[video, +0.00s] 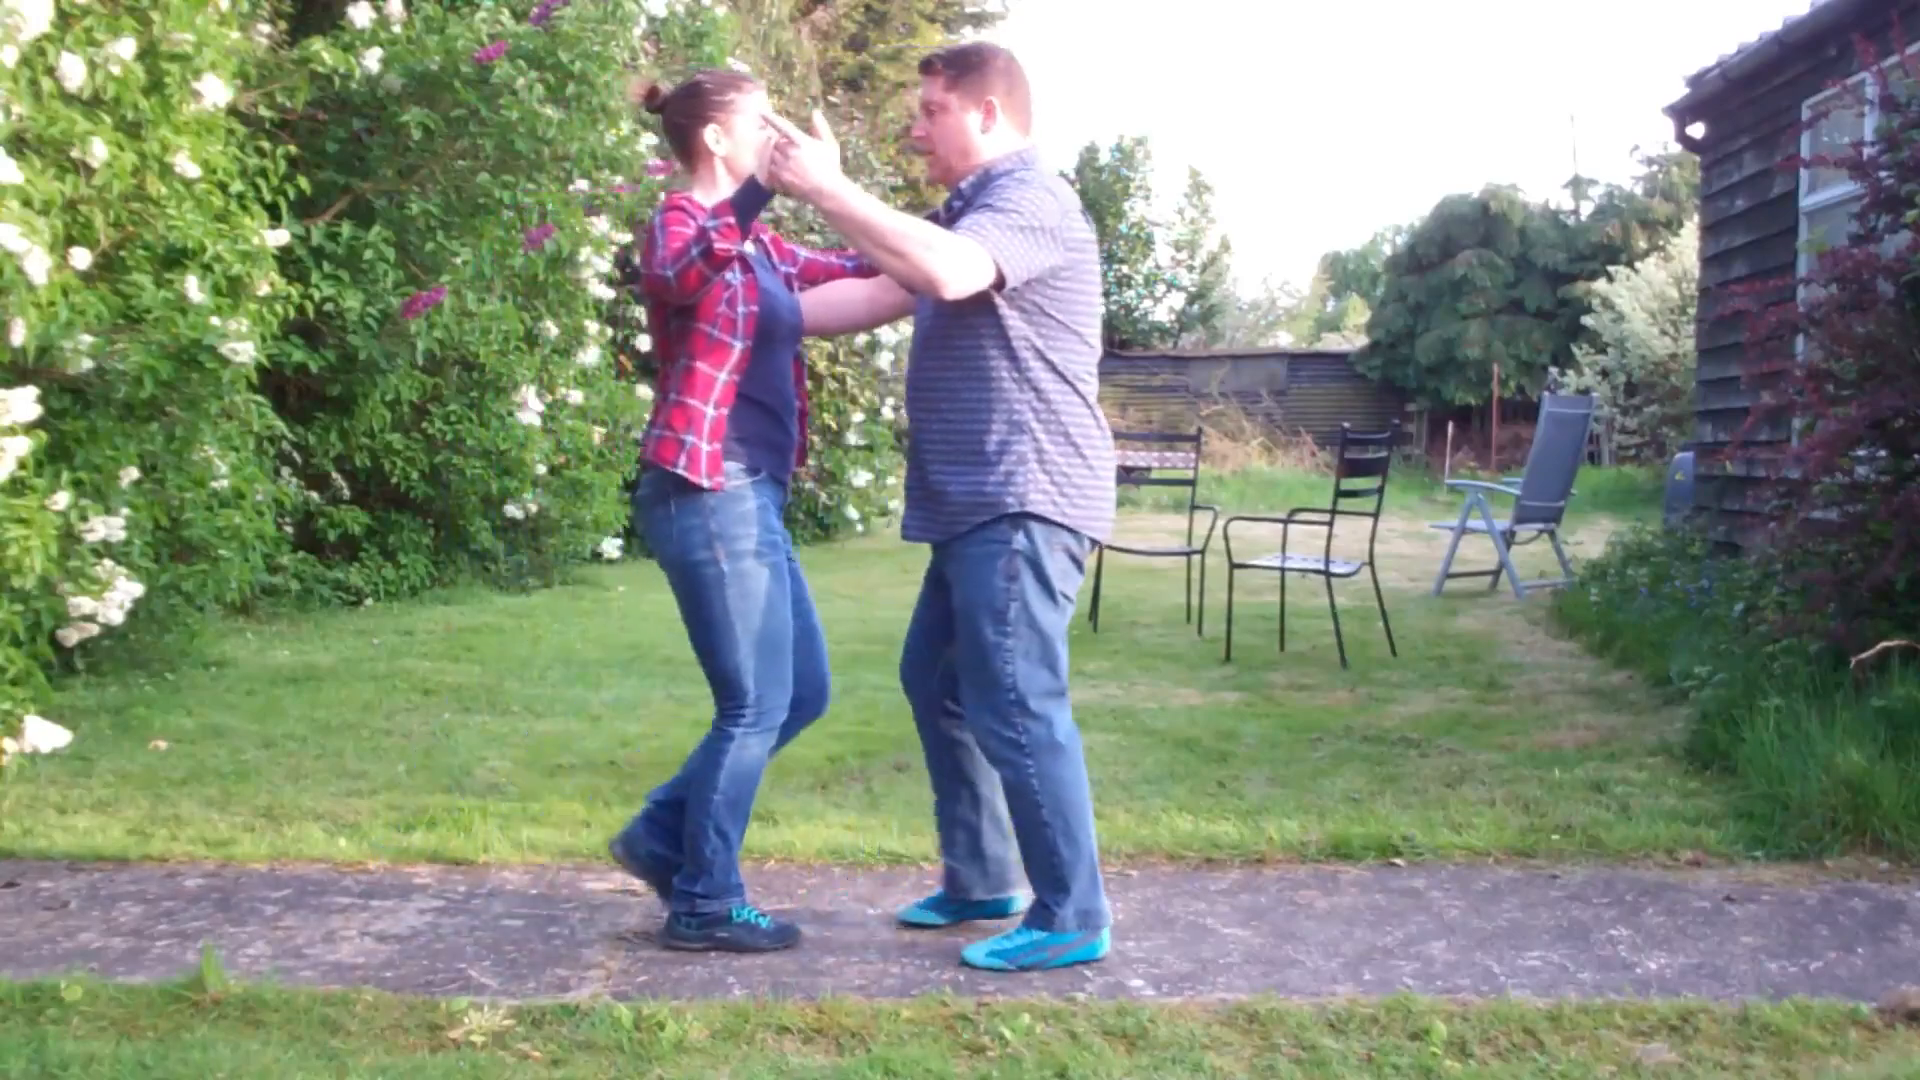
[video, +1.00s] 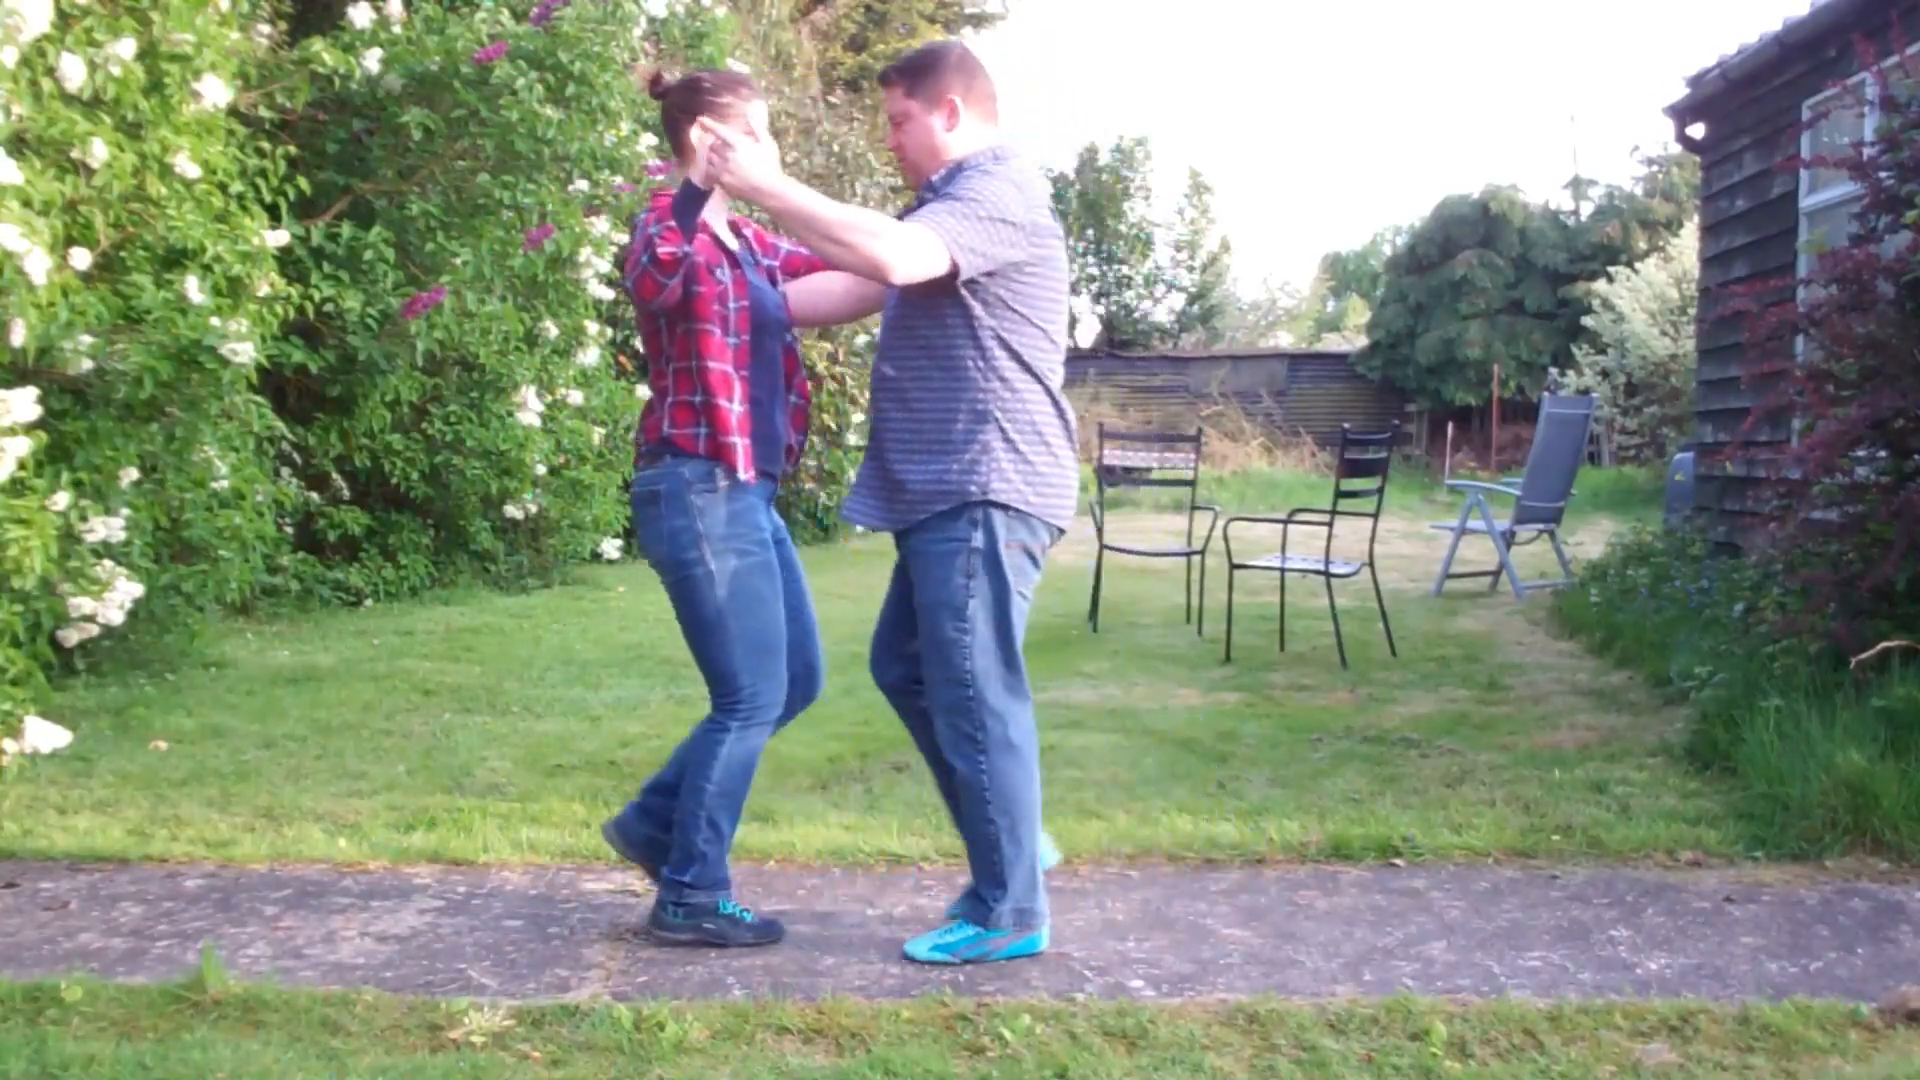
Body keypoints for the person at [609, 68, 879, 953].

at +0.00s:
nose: (778, 141)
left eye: (776, 125)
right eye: (763, 124)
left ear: (724, 140)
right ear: (715, 137)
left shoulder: (761, 242)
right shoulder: (677, 221)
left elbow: (859, 265)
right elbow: (675, 279)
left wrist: (943, 240)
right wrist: (760, 189)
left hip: (754, 486)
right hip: (702, 486)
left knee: (803, 690)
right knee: (752, 703)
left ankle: (659, 836)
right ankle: (704, 905)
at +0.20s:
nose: (821, 137)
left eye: (820, 122)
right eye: (808, 122)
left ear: (762, 134)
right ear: (760, 133)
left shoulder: (804, 238)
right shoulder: (720, 220)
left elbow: (902, 267)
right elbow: (728, 281)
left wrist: (987, 234)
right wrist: (804, 197)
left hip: (802, 498)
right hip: (742, 497)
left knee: (880, 680)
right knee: (782, 707)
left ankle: (869, 879)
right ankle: (707, 897)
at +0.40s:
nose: (851, 142)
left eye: (850, 126)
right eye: (837, 124)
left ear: (799, 138)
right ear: (786, 133)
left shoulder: (834, 236)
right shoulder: (748, 220)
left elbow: (931, 262)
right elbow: (760, 285)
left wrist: (1019, 230)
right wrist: (837, 198)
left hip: (857, 491)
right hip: (794, 494)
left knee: (905, 686)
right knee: (847, 702)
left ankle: (877, 887)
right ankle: (728, 877)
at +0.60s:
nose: (852, 150)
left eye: (850, 135)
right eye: (838, 133)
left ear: (800, 146)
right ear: (788, 142)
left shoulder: (838, 243)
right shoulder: (750, 227)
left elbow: (936, 265)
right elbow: (769, 298)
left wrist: (1011, 225)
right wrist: (831, 213)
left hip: (862, 497)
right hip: (798, 501)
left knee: (909, 691)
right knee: (871, 706)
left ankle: (876, 886)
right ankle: (731, 857)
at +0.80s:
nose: (817, 150)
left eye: (819, 134)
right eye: (805, 132)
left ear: (780, 142)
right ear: (754, 136)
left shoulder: (795, 239)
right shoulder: (717, 221)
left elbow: (892, 271)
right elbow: (727, 292)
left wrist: (972, 241)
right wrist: (782, 210)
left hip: (799, 494)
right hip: (744, 493)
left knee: (875, 671)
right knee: (791, 704)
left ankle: (876, 869)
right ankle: (696, 887)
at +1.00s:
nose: (768, 149)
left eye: (765, 133)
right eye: (753, 132)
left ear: (725, 139)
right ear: (704, 135)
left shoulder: (752, 241)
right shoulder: (660, 226)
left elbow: (842, 266)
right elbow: (663, 286)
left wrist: (919, 248)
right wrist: (700, 188)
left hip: (747, 488)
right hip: (694, 487)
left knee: (795, 680)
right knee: (750, 695)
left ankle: (653, 820)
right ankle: (692, 899)